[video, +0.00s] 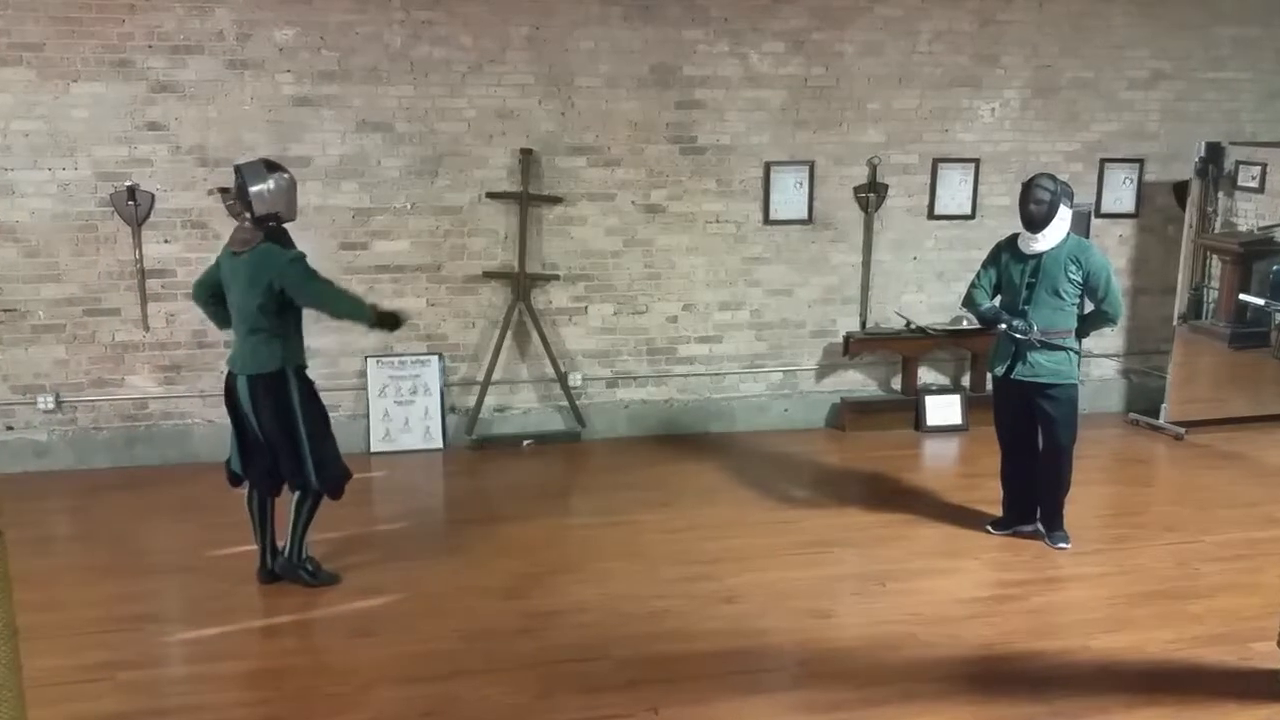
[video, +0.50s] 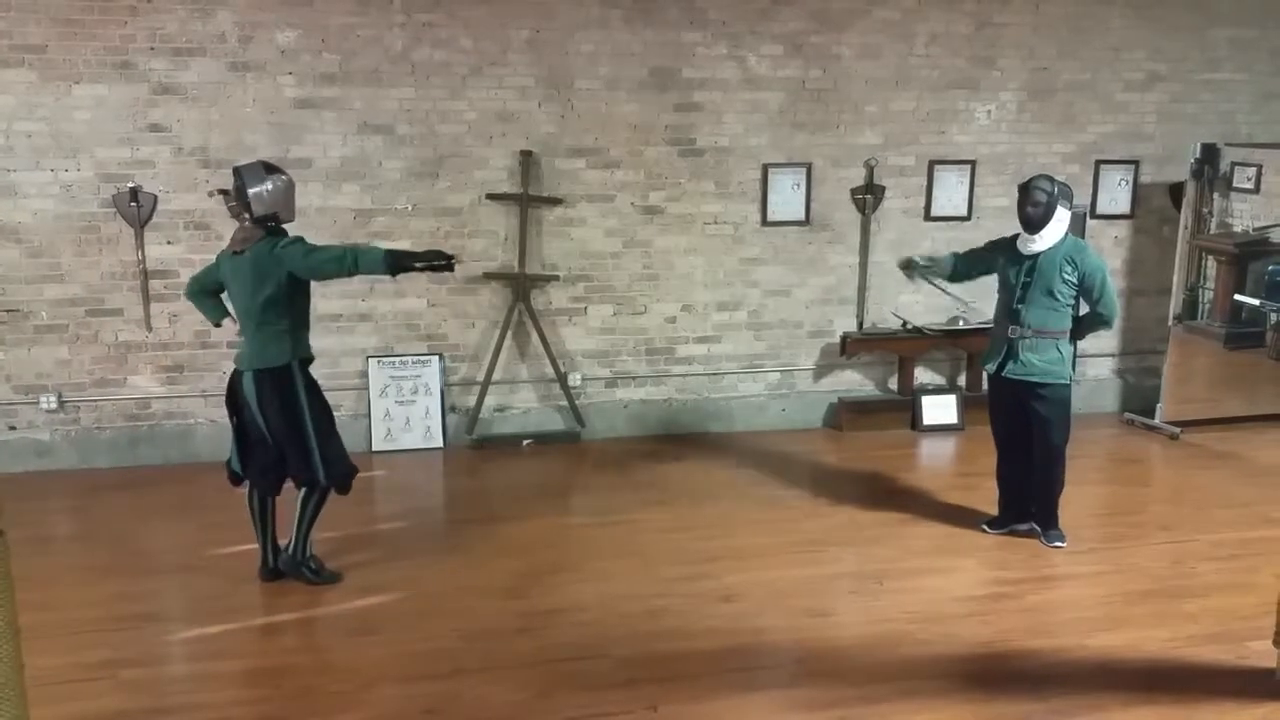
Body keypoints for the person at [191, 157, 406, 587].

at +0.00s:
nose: (292, 203)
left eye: (288, 195)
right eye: (286, 196)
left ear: (247, 204)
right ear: (275, 202)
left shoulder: (234, 250)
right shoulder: (278, 255)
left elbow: (203, 291)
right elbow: (319, 293)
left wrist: (235, 324)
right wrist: (373, 314)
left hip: (242, 376)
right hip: (278, 376)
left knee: (262, 469)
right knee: (320, 466)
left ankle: (267, 557)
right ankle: (294, 554)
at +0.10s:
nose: (291, 202)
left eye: (288, 194)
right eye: (284, 195)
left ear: (245, 206)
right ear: (272, 202)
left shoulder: (233, 253)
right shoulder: (281, 255)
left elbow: (200, 283)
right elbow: (332, 285)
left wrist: (224, 316)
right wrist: (399, 298)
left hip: (241, 378)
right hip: (279, 378)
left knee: (259, 469)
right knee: (319, 466)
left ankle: (268, 559)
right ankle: (296, 554)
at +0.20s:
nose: (291, 202)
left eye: (288, 195)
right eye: (285, 196)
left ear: (244, 208)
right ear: (275, 204)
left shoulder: (231, 255)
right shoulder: (284, 256)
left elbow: (196, 280)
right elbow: (342, 275)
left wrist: (219, 315)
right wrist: (411, 280)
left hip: (242, 379)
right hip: (281, 377)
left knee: (260, 469)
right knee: (322, 467)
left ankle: (268, 558)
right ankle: (296, 555)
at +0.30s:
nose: (291, 203)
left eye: (288, 195)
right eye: (285, 197)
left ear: (243, 208)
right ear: (277, 203)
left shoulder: (230, 256)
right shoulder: (286, 253)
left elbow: (195, 283)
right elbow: (346, 264)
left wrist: (220, 315)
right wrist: (416, 269)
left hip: (243, 379)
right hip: (283, 377)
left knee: (260, 469)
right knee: (324, 466)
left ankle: (268, 558)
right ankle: (297, 555)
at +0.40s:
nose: (290, 203)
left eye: (287, 196)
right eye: (284, 197)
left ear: (244, 208)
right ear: (276, 203)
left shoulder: (231, 257)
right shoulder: (286, 249)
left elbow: (195, 287)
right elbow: (340, 260)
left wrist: (223, 318)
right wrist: (411, 262)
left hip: (245, 380)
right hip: (284, 377)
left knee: (260, 470)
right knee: (324, 466)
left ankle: (268, 558)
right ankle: (298, 553)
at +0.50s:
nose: (289, 203)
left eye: (286, 196)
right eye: (284, 197)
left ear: (244, 209)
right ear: (276, 203)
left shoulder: (233, 257)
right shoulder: (285, 249)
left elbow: (196, 287)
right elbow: (340, 258)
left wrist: (224, 316)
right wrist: (410, 259)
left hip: (247, 379)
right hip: (285, 376)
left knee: (261, 470)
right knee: (325, 466)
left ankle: (269, 558)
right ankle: (298, 553)